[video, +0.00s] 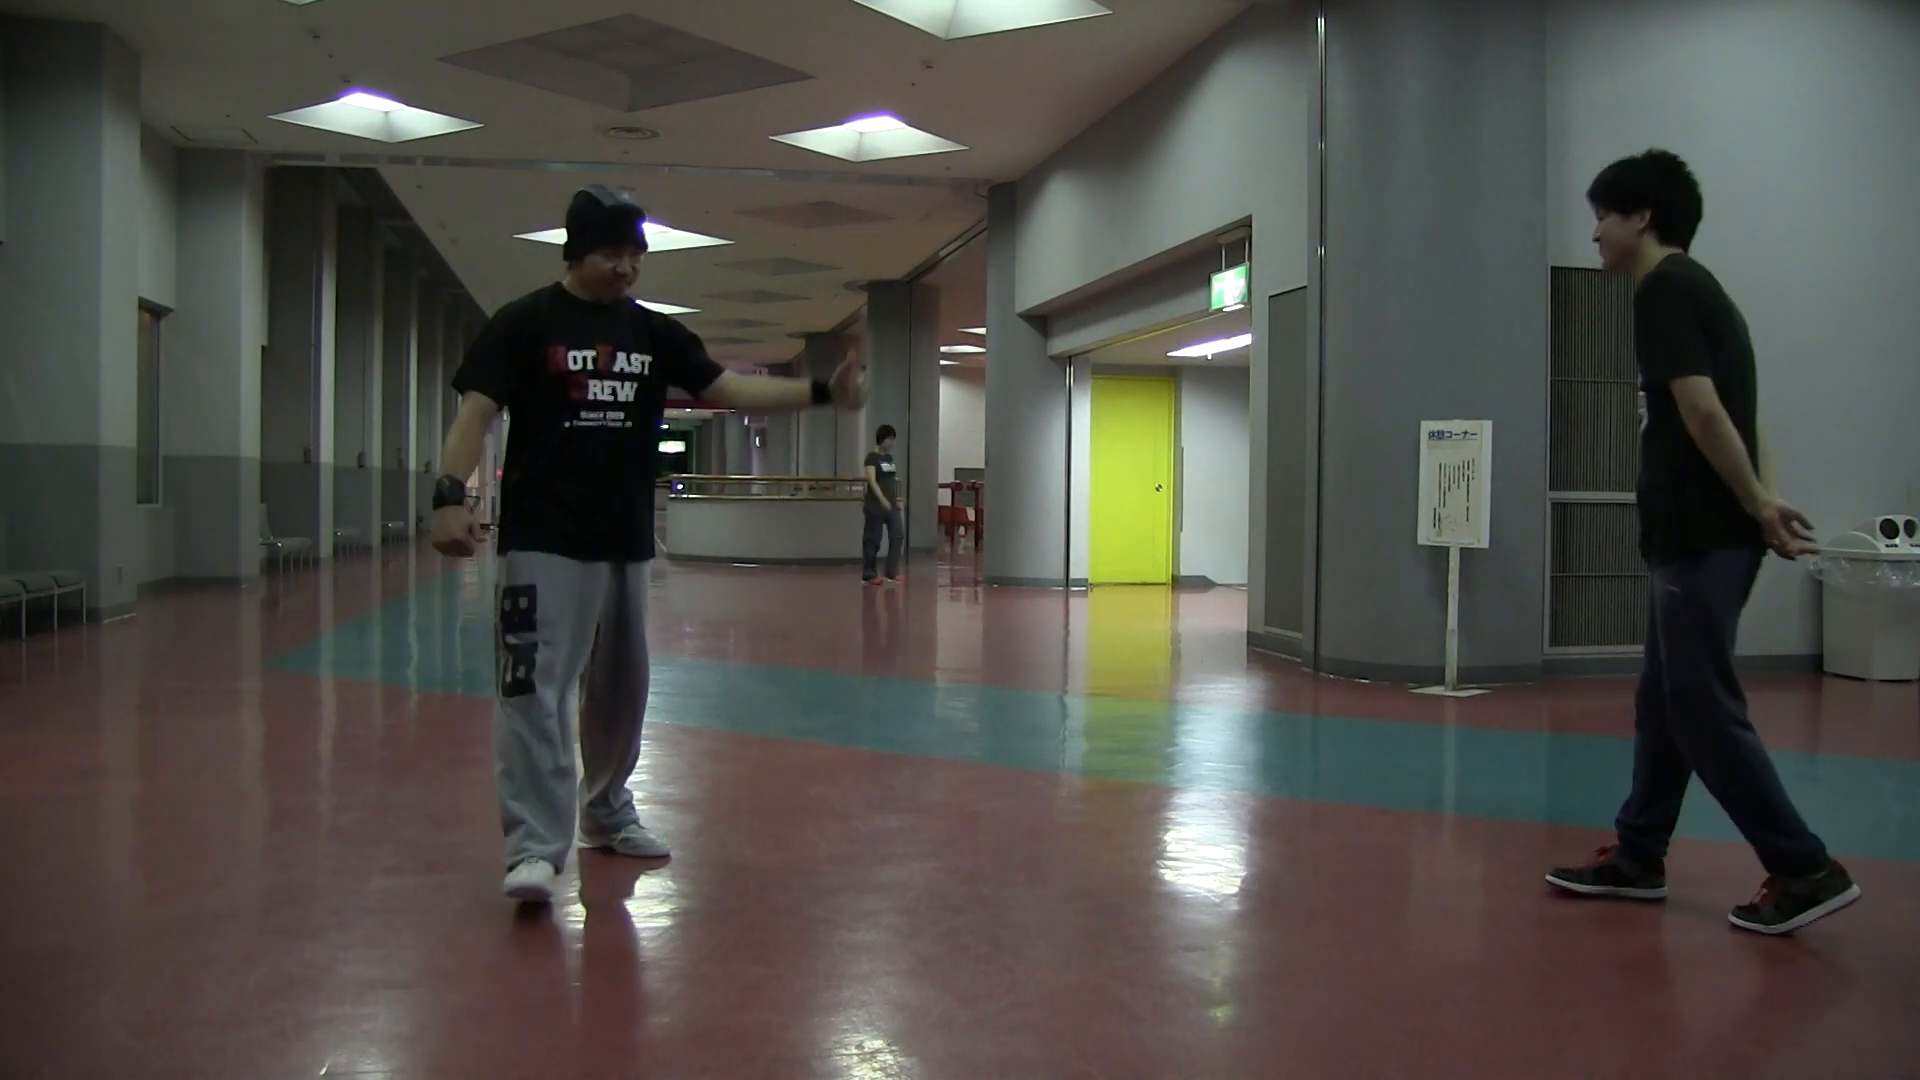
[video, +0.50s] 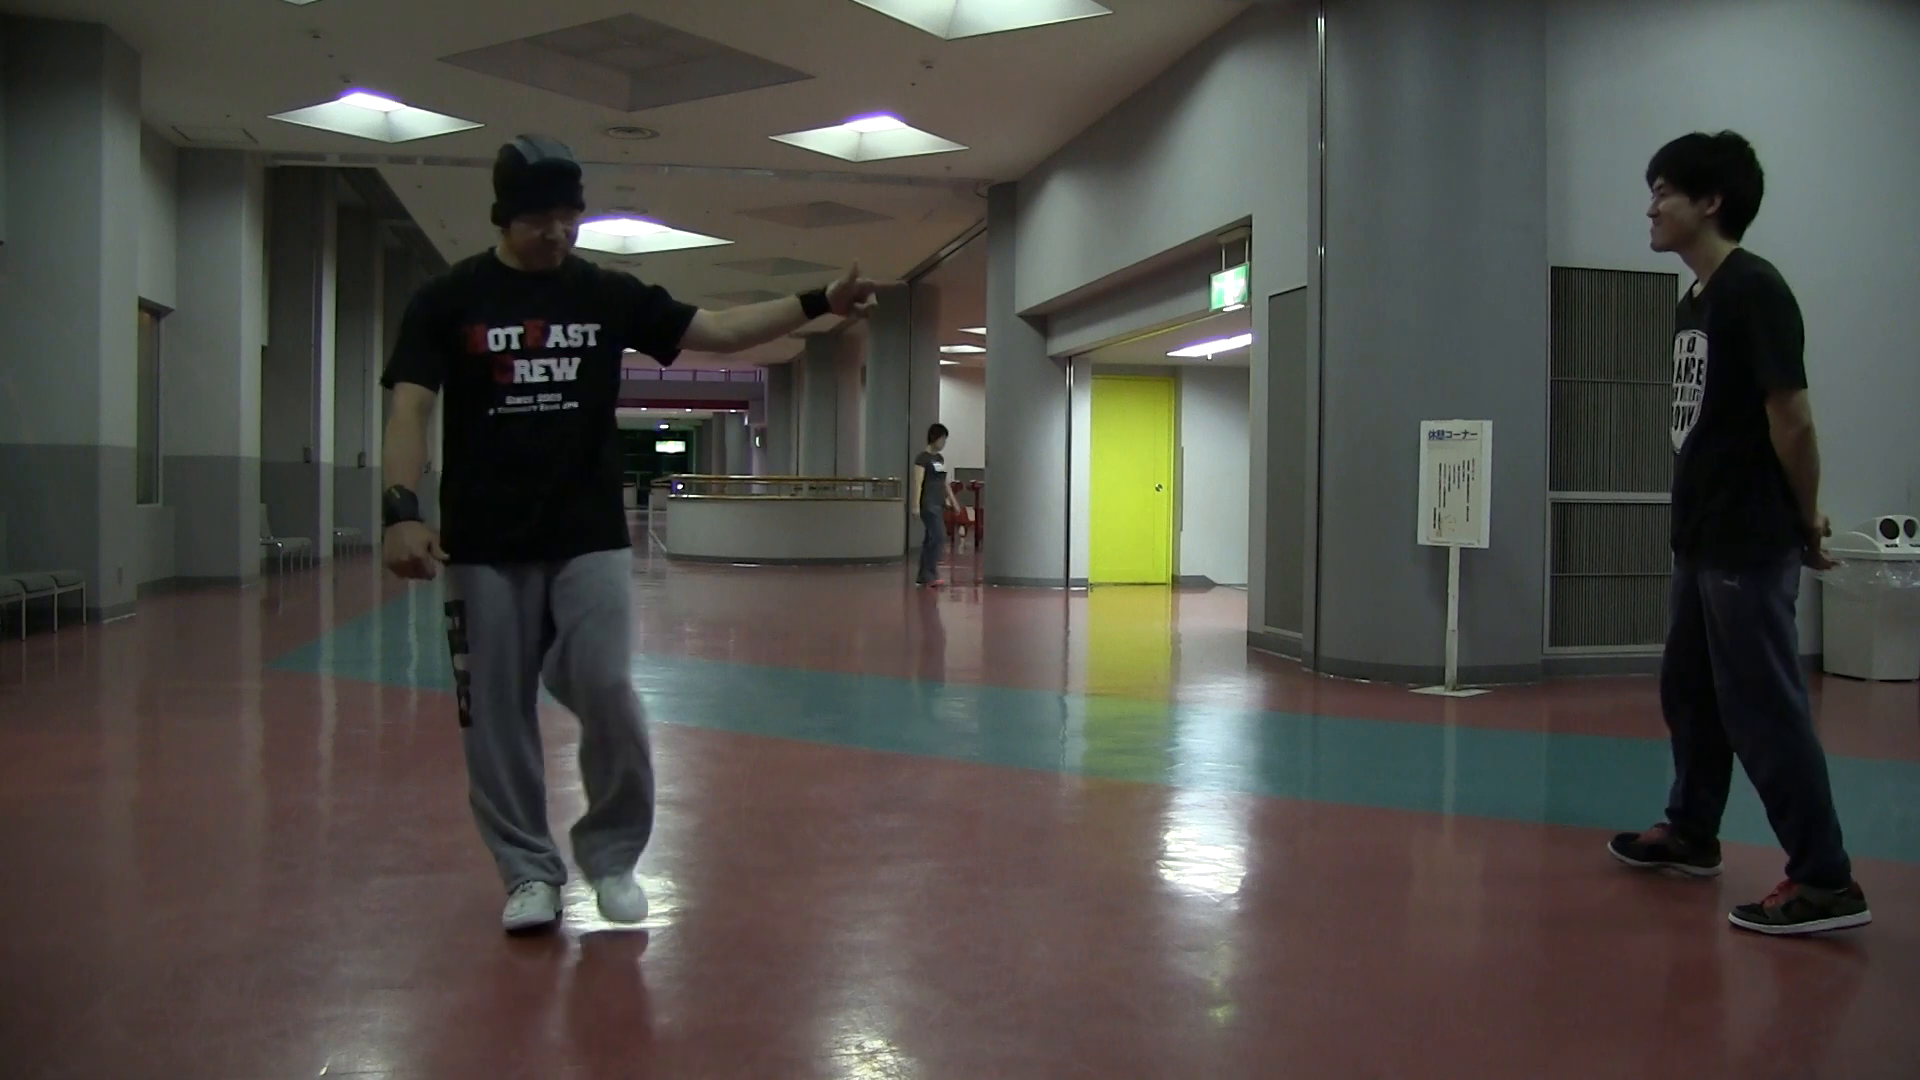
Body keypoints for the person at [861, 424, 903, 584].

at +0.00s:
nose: (892, 443)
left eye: (893, 440)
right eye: (890, 439)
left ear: (890, 440)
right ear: (882, 440)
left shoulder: (889, 458)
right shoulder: (872, 458)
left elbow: (891, 482)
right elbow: (871, 481)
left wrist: (897, 499)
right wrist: (883, 500)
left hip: (891, 503)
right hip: (875, 503)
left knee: (897, 536)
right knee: (872, 538)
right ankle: (869, 573)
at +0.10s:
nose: (902, 445)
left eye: (902, 442)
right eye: (900, 442)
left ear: (897, 443)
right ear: (892, 442)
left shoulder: (899, 460)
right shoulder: (882, 460)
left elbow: (898, 482)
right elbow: (885, 482)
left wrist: (903, 499)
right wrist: (904, 496)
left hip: (899, 505)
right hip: (884, 506)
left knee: (905, 541)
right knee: (878, 541)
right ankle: (870, 574)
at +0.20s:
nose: (913, 446)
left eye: (913, 443)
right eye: (911, 443)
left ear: (908, 443)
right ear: (904, 443)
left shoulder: (909, 461)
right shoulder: (893, 461)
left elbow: (908, 483)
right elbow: (897, 482)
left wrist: (911, 499)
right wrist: (914, 493)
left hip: (910, 506)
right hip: (895, 507)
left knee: (916, 540)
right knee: (889, 541)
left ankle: (922, 576)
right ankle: (872, 571)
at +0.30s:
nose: (924, 445)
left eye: (925, 442)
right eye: (922, 442)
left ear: (919, 443)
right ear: (914, 442)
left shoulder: (920, 461)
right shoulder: (904, 460)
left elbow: (920, 484)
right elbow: (906, 484)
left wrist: (924, 500)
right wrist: (923, 500)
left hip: (922, 505)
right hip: (907, 506)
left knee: (925, 540)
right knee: (907, 541)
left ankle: (924, 576)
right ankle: (883, 567)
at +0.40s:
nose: (933, 444)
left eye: (934, 440)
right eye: (931, 440)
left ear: (931, 441)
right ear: (924, 440)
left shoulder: (930, 459)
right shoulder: (913, 457)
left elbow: (933, 483)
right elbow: (913, 482)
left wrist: (934, 501)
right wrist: (920, 504)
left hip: (931, 504)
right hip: (918, 504)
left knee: (930, 540)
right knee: (925, 539)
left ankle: (925, 576)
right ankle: (903, 566)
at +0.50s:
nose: (944, 443)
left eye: (945, 440)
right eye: (942, 439)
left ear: (938, 440)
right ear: (934, 439)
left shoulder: (939, 459)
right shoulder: (922, 458)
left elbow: (945, 484)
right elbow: (917, 483)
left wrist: (954, 503)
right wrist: (915, 505)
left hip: (938, 503)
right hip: (927, 504)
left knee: (931, 539)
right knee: (938, 537)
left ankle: (924, 575)